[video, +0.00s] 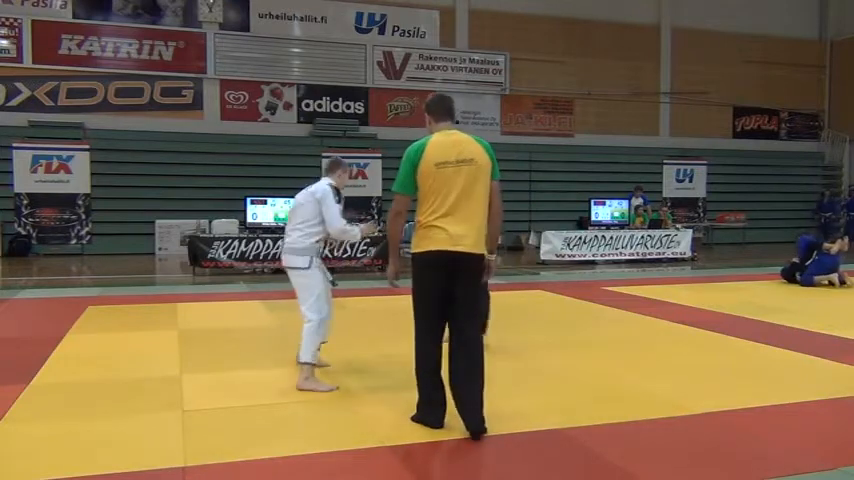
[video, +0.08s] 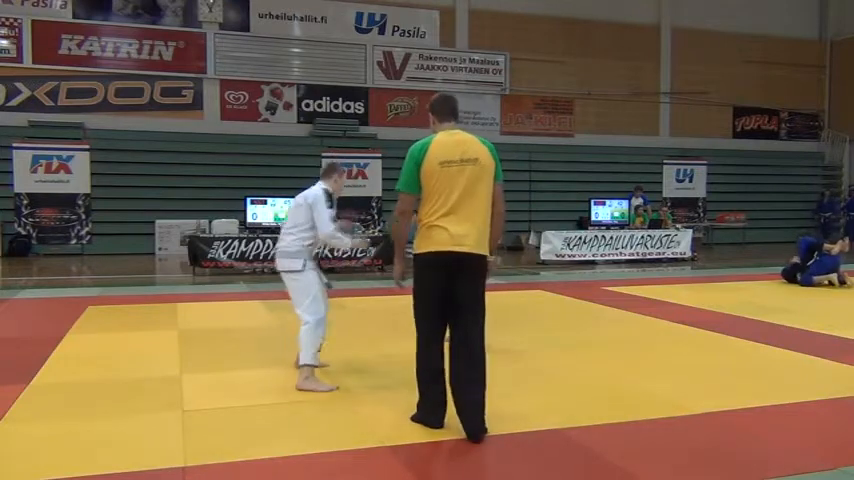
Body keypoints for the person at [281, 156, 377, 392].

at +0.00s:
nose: (349, 181)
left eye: (349, 176)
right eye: (348, 176)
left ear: (330, 172)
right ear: (341, 173)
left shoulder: (319, 189)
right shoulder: (326, 190)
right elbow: (336, 229)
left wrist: (357, 230)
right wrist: (361, 231)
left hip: (305, 256)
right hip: (301, 257)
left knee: (323, 306)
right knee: (316, 312)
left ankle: (309, 353)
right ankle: (306, 376)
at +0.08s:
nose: (344, 185)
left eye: (344, 180)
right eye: (344, 180)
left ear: (326, 176)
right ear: (336, 177)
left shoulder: (316, 195)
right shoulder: (318, 195)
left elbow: (324, 232)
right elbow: (326, 234)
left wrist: (347, 235)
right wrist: (355, 242)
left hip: (299, 259)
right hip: (294, 260)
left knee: (318, 307)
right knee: (314, 313)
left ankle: (307, 355)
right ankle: (306, 375)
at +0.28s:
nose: (332, 191)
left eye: (333, 187)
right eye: (332, 186)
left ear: (320, 183)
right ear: (323, 183)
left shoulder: (315, 204)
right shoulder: (303, 196)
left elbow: (307, 237)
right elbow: (292, 234)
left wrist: (337, 228)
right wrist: (320, 252)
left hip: (288, 258)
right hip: (271, 257)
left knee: (307, 302)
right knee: (289, 307)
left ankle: (303, 354)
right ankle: (276, 371)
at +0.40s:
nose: (320, 184)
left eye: (320, 179)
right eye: (318, 179)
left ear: (306, 176)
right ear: (309, 177)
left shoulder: (299, 197)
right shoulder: (290, 191)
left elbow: (286, 232)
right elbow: (283, 229)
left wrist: (314, 238)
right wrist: (313, 240)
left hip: (272, 257)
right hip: (258, 255)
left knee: (291, 300)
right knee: (269, 304)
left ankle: (301, 354)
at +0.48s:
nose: (308, 184)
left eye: (309, 179)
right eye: (307, 178)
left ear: (295, 176)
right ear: (296, 176)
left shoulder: (289, 196)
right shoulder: (277, 191)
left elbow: (281, 229)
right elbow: (280, 228)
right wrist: (312, 235)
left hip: (268, 260)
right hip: (252, 259)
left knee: (285, 303)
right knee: (246, 310)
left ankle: (300, 354)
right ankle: (205, 351)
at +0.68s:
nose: (289, 183)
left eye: (290, 178)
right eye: (288, 178)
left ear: (276, 174)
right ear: (277, 174)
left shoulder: (269, 196)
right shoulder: (254, 191)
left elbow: (262, 229)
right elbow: (259, 229)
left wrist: (291, 233)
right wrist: (292, 233)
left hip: (251, 257)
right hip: (230, 257)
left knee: (275, 294)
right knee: (223, 308)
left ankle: (280, 348)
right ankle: (197, 360)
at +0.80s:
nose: (288, 181)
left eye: (289, 177)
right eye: (288, 176)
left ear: (275, 172)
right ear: (278, 173)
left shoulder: (269, 196)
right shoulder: (253, 186)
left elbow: (255, 225)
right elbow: (247, 224)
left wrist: (279, 230)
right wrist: (277, 233)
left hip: (245, 251)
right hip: (223, 250)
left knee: (258, 294)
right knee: (221, 303)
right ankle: (198, 358)